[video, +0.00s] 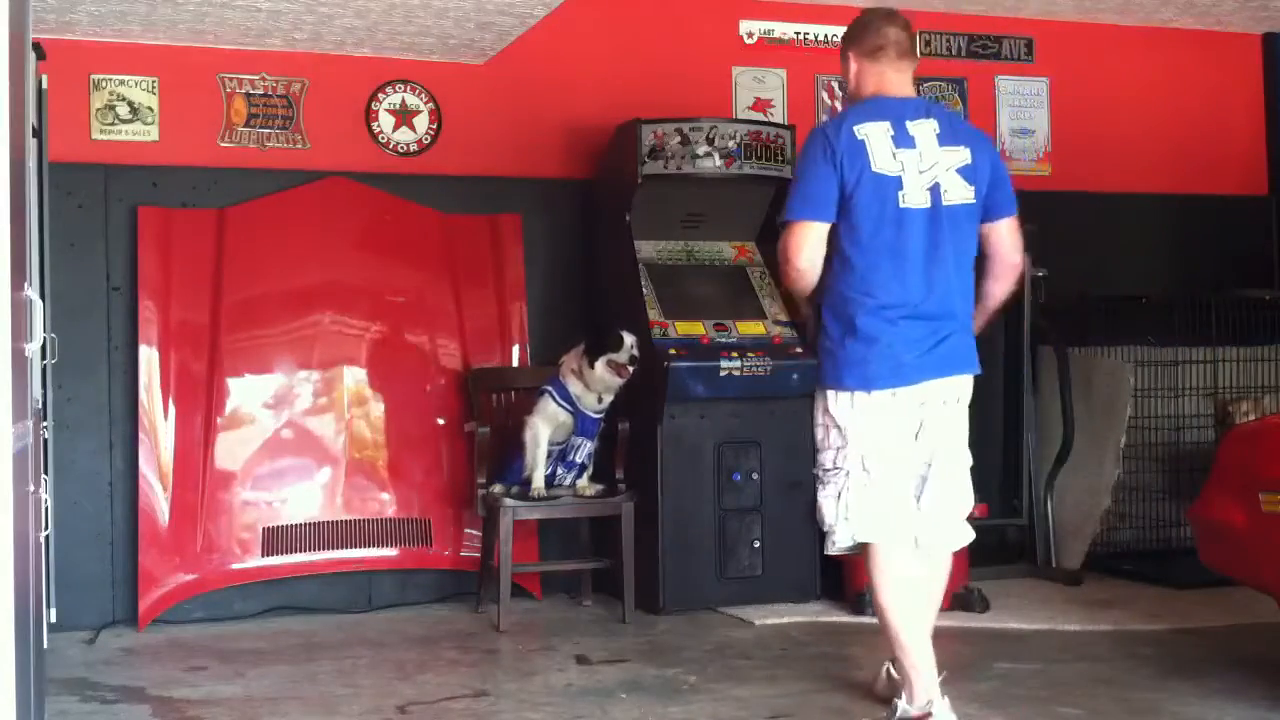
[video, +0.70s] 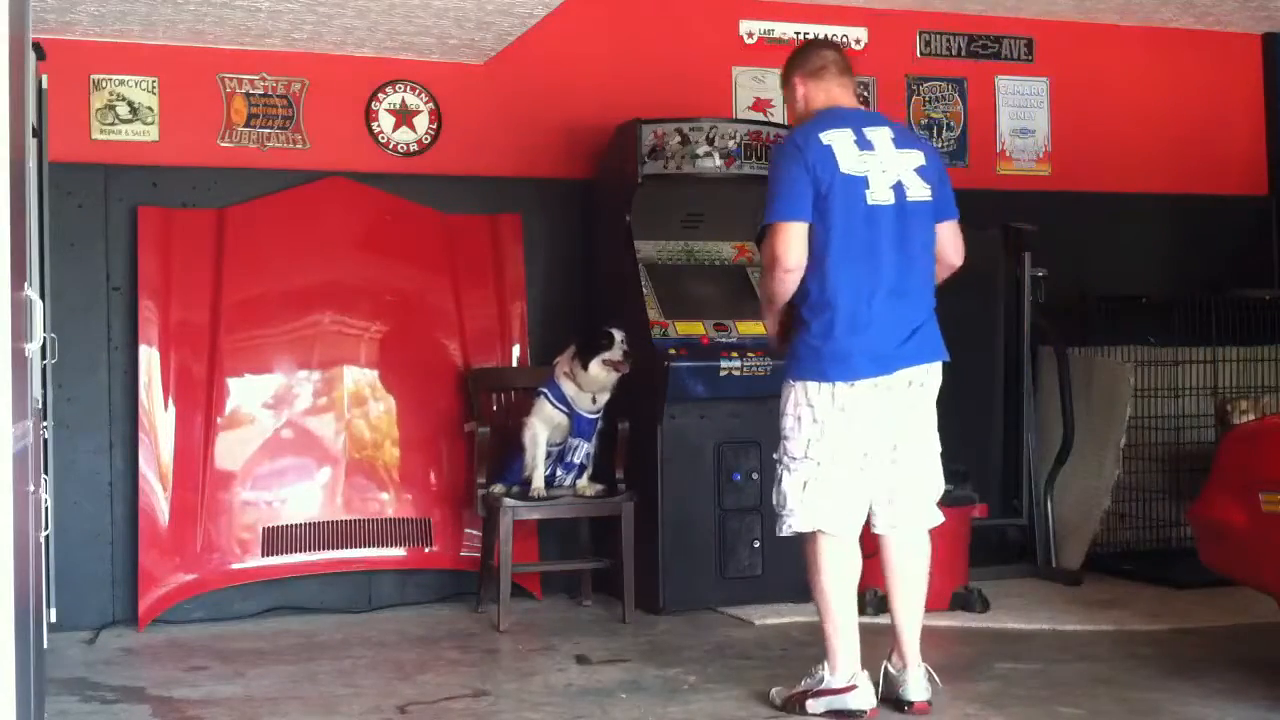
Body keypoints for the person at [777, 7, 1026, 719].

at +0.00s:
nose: (841, 79)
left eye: (841, 68)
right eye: (844, 69)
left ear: (850, 65)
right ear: (915, 64)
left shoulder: (836, 138)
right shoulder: (972, 139)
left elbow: (801, 266)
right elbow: (1007, 263)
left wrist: (814, 313)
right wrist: (962, 328)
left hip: (868, 369)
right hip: (950, 364)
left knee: (885, 532)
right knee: (936, 526)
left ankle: (928, 698)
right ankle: (906, 667)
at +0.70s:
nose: (788, 107)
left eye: (786, 96)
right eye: (788, 97)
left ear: (800, 87)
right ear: (851, 81)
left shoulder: (803, 146)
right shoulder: (916, 143)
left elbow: (786, 264)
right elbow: (950, 254)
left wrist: (775, 317)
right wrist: (897, 293)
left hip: (835, 367)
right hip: (915, 360)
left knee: (830, 520)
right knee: (907, 514)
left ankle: (842, 676)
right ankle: (910, 669)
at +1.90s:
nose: (825, 163)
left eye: (819, 148)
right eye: (818, 152)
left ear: (840, 123)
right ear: (862, 117)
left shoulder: (891, 160)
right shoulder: (935, 162)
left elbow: (898, 249)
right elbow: (945, 279)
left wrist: (796, 259)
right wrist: (873, 324)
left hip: (930, 357)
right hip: (992, 351)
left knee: (888, 503)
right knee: (980, 503)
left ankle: (899, 658)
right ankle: (982, 650)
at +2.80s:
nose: (792, 179)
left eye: (787, 163)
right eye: (783, 171)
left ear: (813, 125)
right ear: (819, 124)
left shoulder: (862, 166)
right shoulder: (882, 153)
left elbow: (889, 256)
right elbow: (905, 257)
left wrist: (836, 351)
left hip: (918, 357)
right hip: (953, 350)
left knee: (895, 507)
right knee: (943, 498)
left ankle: (905, 663)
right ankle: (990, 630)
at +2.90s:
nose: (797, 177)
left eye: (794, 161)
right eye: (789, 169)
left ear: (820, 123)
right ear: (828, 121)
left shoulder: (870, 164)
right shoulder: (888, 153)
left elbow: (910, 250)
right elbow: (892, 262)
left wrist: (898, 362)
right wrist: (827, 297)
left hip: (924, 359)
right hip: (955, 355)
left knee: (900, 503)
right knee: (941, 496)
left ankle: (905, 663)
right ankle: (995, 621)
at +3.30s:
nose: (840, 202)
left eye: (840, 186)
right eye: (831, 194)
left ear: (870, 154)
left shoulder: (944, 185)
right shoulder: (881, 223)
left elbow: (1002, 269)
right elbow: (881, 325)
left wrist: (986, 369)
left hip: (995, 375)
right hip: (942, 379)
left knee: (960, 511)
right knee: (963, 512)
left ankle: (930, 655)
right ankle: (1012, 634)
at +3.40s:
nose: (848, 210)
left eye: (849, 195)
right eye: (840, 201)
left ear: (878, 163)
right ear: (866, 176)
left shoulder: (953, 190)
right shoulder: (882, 227)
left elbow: (1005, 279)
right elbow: (896, 318)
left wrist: (978, 378)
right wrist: (889, 403)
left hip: (1014, 366)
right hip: (956, 371)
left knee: (986, 498)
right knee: (964, 502)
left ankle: (996, 642)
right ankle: (1008, 632)